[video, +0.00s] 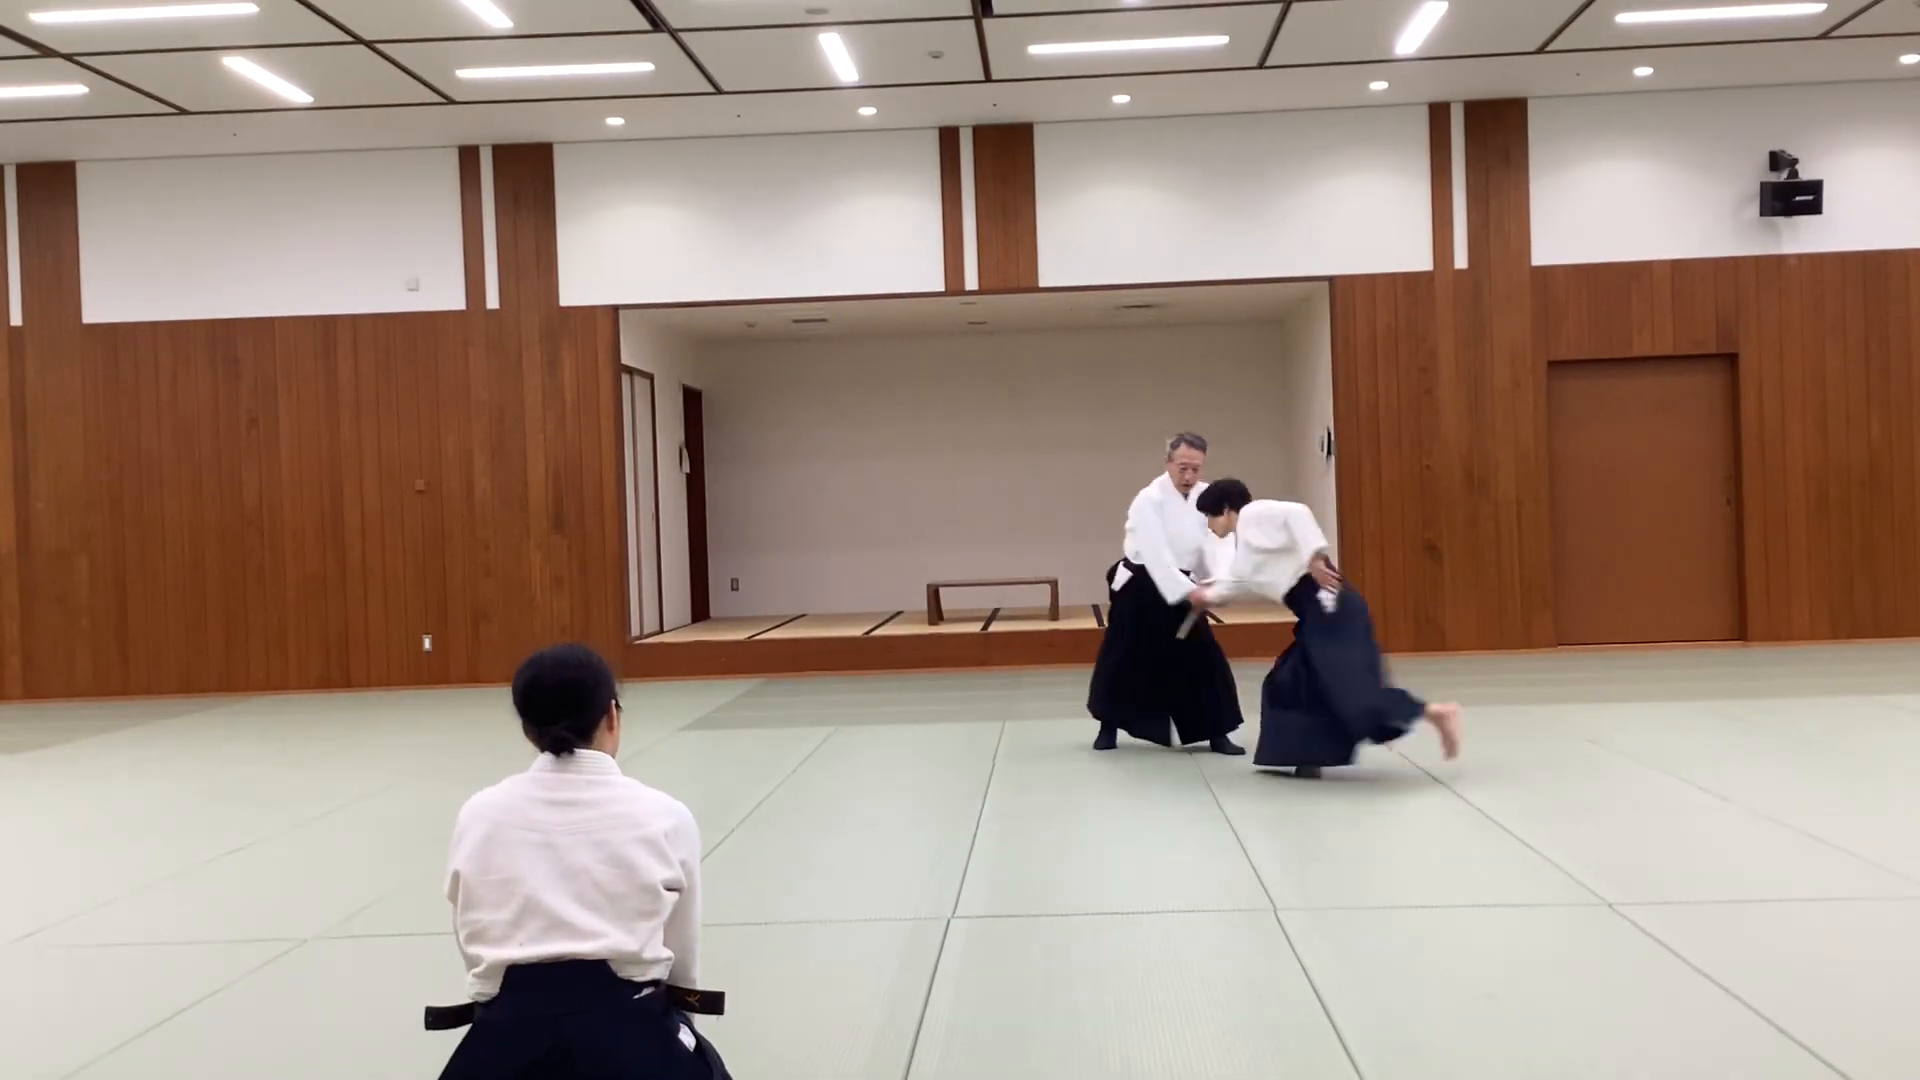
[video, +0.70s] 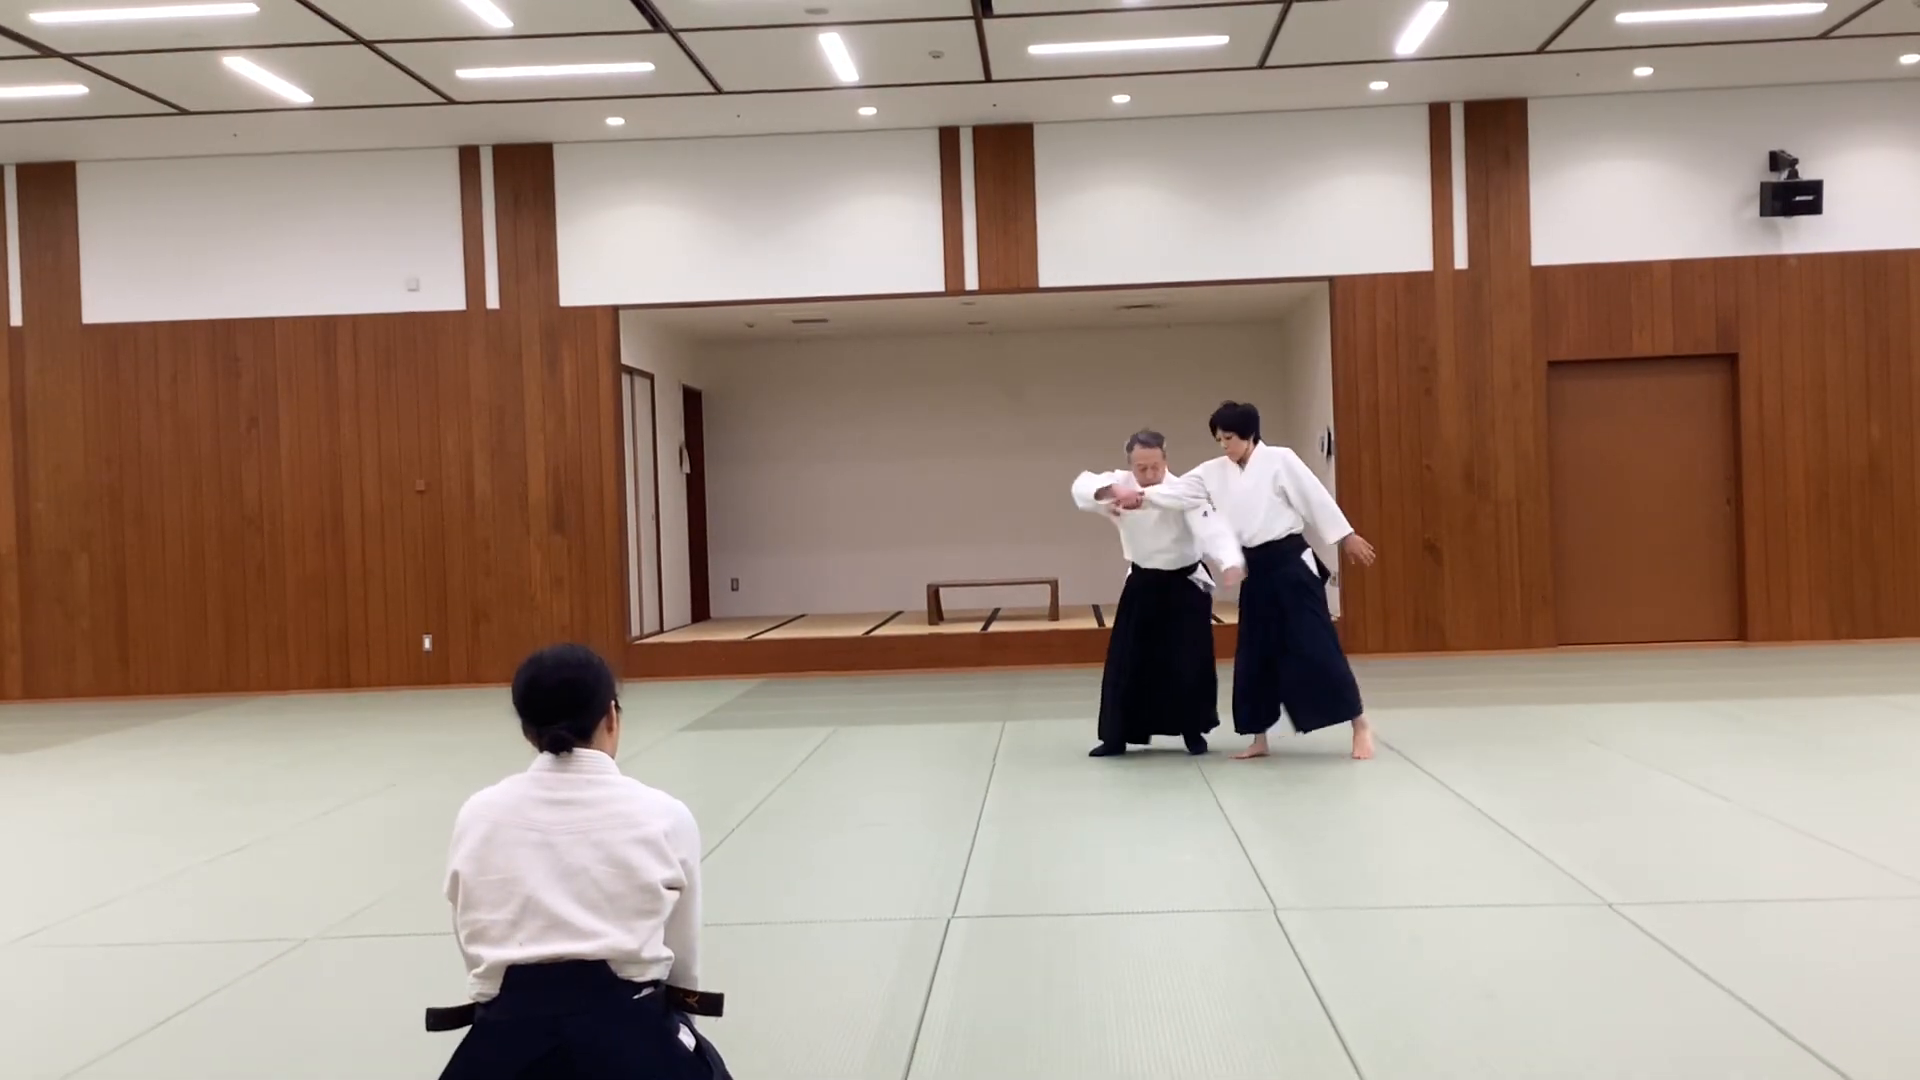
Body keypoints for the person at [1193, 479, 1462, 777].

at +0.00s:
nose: (1209, 526)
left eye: (1210, 517)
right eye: (1207, 519)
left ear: (1226, 510)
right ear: (1227, 512)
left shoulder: (1252, 513)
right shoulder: (1242, 547)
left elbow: (1297, 512)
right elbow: (1237, 583)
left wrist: (1314, 557)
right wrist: (1208, 595)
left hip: (1327, 601)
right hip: (1313, 613)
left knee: (1354, 695)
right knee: (1286, 683)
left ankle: (1435, 714)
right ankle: (1307, 762)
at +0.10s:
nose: (1216, 513)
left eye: (1218, 506)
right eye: (1215, 507)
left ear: (1234, 501)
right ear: (1234, 504)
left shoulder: (1273, 509)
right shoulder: (1236, 544)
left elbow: (1327, 508)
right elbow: (1209, 565)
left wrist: (1350, 557)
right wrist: (1172, 571)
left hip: (1337, 592)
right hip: (1314, 608)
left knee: (1381, 657)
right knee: (1302, 673)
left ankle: (1434, 710)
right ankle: (1322, 755)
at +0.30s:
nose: (1237, 483)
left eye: (1241, 476)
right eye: (1236, 477)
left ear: (1263, 476)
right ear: (1249, 479)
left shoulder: (1307, 497)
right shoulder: (1243, 511)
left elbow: (1356, 517)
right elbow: (1200, 524)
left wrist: (1401, 544)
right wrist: (1157, 524)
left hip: (1338, 591)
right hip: (1296, 598)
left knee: (1370, 662)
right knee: (1272, 665)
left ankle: (1414, 728)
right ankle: (1316, 721)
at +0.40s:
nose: (1226, 470)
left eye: (1231, 463)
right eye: (1225, 463)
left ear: (1254, 462)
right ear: (1237, 464)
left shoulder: (1296, 482)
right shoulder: (1229, 498)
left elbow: (1339, 508)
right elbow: (1189, 518)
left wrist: (1379, 537)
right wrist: (1146, 522)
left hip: (1321, 583)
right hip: (1280, 589)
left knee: (1356, 656)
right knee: (1261, 665)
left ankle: (1406, 727)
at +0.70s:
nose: (1224, 445)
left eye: (1230, 439)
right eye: (1220, 439)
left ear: (1249, 435)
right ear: (1218, 438)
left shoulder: (1280, 460)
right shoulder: (1214, 471)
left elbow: (1315, 497)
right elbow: (1179, 490)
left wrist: (1346, 535)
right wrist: (1142, 495)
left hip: (1293, 562)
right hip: (1254, 567)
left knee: (1318, 644)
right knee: (1253, 651)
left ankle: (1359, 725)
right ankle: (1259, 739)